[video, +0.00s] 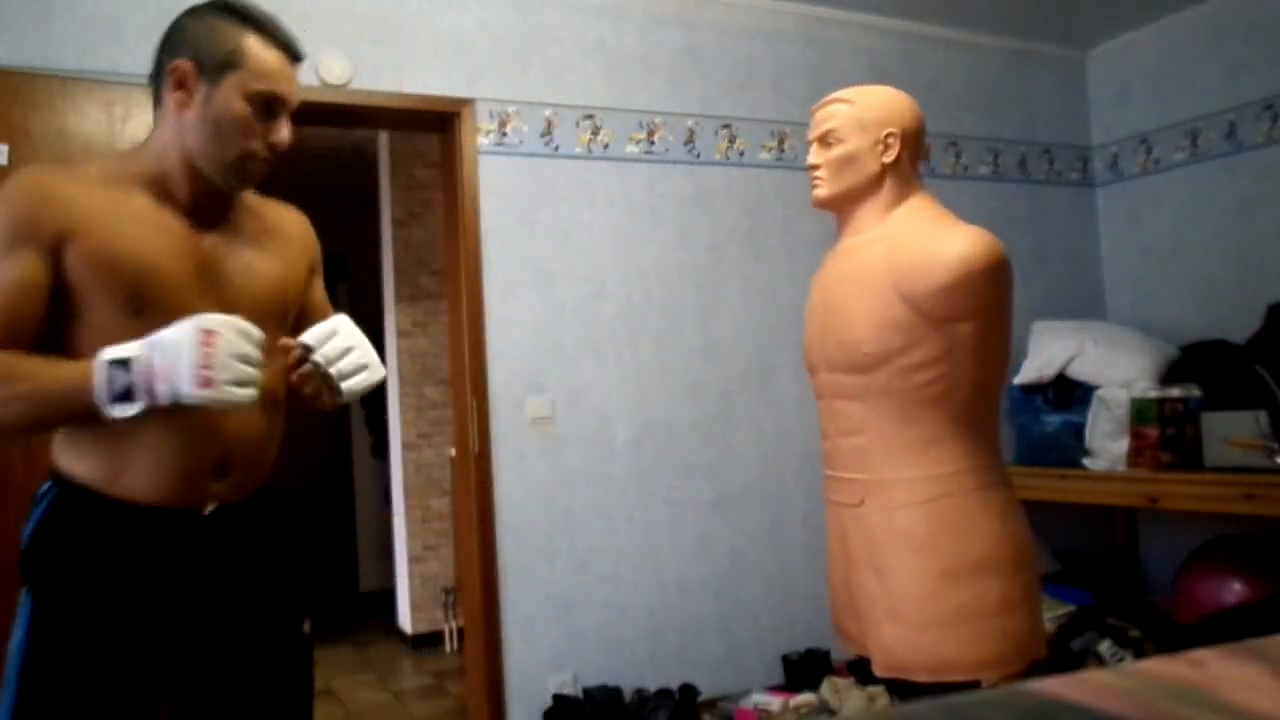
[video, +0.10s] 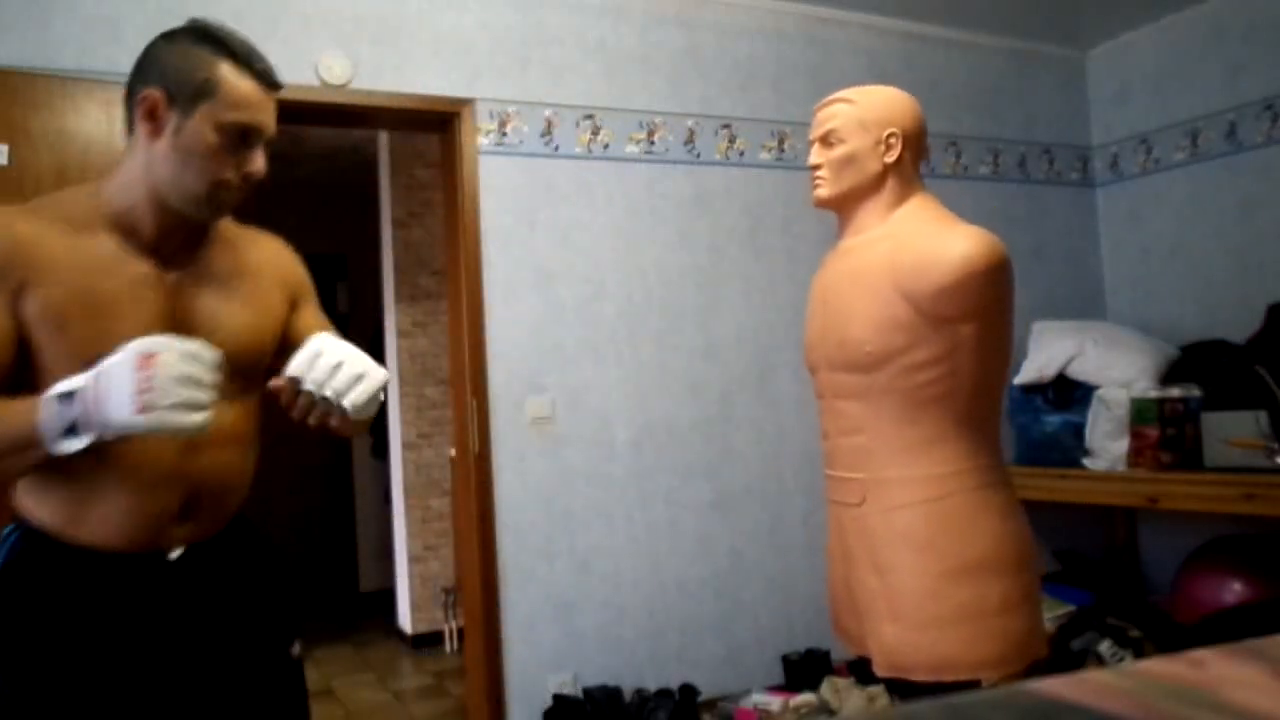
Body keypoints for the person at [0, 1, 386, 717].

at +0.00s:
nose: (283, 137)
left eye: (290, 117)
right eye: (263, 108)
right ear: (182, 90)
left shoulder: (291, 233)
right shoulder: (43, 204)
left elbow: (316, 377)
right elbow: (4, 382)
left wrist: (329, 373)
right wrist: (138, 372)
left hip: (247, 551)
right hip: (99, 552)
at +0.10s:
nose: (258, 167)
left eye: (264, 146)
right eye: (237, 139)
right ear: (153, 117)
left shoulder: (274, 265)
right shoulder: (23, 244)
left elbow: (337, 400)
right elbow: (4, 435)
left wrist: (340, 392)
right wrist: (82, 406)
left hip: (223, 589)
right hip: (63, 587)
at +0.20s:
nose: (243, 174)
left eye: (249, 151)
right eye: (222, 143)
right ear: (136, 118)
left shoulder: (242, 259)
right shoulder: (15, 239)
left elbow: (319, 431)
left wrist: (320, 364)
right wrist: (21, 402)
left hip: (198, 577)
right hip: (47, 566)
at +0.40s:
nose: (265, 180)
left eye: (272, 158)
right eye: (246, 147)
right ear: (164, 116)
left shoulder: (245, 257)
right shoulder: (23, 230)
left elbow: (332, 390)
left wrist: (353, 292)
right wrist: (49, 476)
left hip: (204, 576)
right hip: (57, 576)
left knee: (326, 719)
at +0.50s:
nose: (303, 202)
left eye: (308, 181)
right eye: (286, 170)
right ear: (208, 142)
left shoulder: (261, 283)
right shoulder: (73, 250)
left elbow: (325, 409)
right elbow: (66, 438)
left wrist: (385, 321)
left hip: (219, 596)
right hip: (82, 600)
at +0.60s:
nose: (342, 214)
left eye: (345, 195)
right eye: (327, 187)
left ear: (256, 169)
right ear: (254, 167)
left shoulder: (278, 269)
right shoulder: (180, 242)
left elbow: (258, 437)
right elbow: (333, 327)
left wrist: (348, 448)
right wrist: (446, 258)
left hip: (262, 594)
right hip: (165, 599)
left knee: (402, 718)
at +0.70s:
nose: (363, 190)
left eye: (364, 176)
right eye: (352, 172)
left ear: (287, 164)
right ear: (291, 162)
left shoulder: (216, 278)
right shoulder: (274, 205)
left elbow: (164, 453)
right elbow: (486, 196)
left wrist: (213, 554)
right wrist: (510, 177)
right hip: (306, 542)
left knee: (459, 712)